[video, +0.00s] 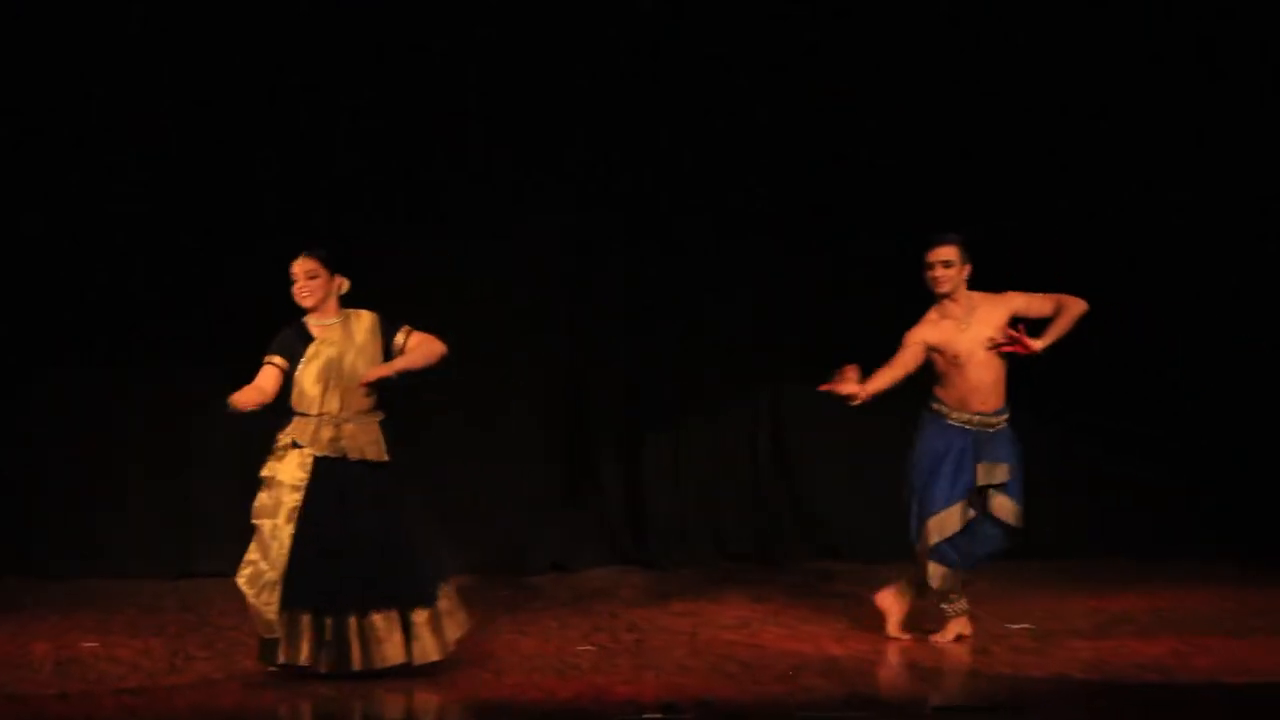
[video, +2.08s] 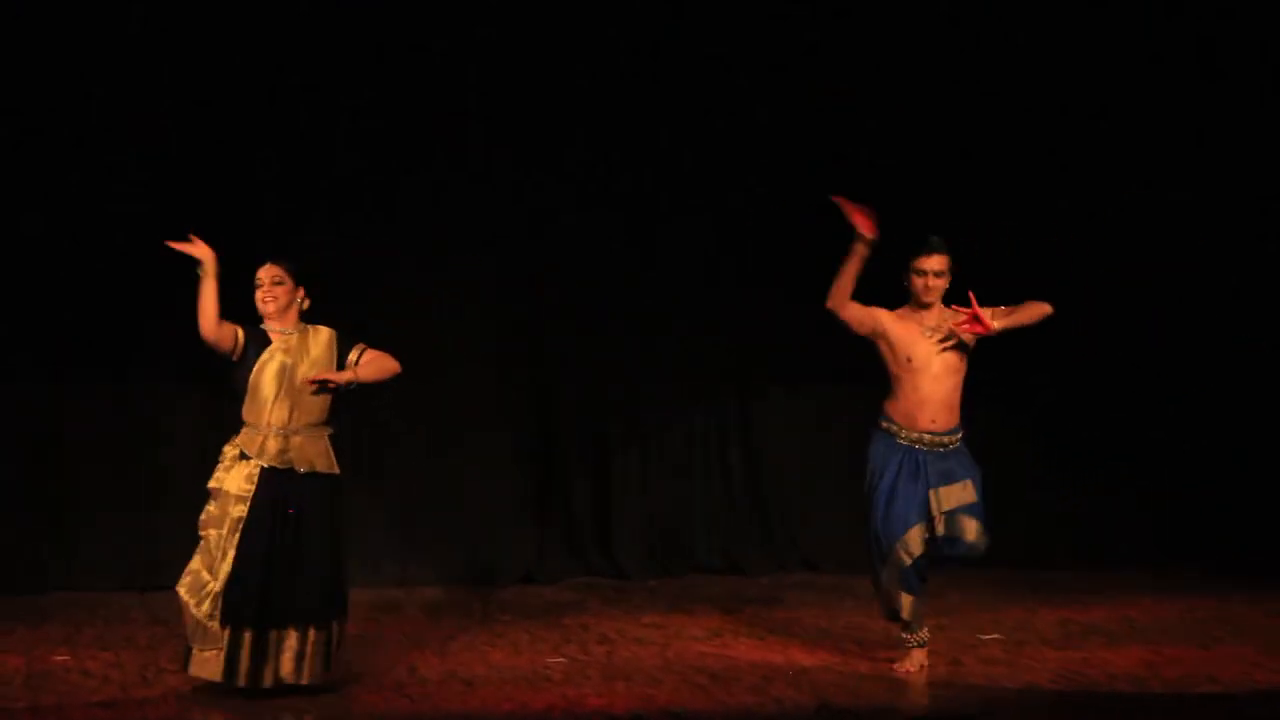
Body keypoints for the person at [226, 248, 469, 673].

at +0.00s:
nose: (301, 286)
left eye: (310, 277)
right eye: (295, 281)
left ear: (335, 282)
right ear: (292, 290)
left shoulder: (369, 326)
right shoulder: (293, 337)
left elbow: (434, 347)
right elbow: (265, 386)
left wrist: (388, 369)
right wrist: (244, 398)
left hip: (361, 452)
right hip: (305, 452)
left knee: (368, 544)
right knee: (302, 545)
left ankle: (372, 647)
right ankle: (307, 647)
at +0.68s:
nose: (303, 275)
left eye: (308, 268)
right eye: (292, 268)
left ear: (316, 281)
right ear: (271, 282)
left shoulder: (335, 327)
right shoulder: (258, 327)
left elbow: (391, 342)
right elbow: (199, 353)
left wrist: (390, 319)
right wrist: (257, 354)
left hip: (320, 452)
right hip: (263, 451)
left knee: (328, 552)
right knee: (250, 549)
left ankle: (332, 657)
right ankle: (238, 655)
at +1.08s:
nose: (354, 287)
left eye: (357, 281)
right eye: (344, 279)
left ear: (358, 293)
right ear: (317, 289)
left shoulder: (365, 338)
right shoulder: (291, 337)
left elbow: (410, 326)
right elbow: (232, 344)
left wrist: (446, 281)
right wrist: (291, 355)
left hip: (346, 459)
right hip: (294, 459)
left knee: (357, 553)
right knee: (299, 556)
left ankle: (363, 657)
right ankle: (302, 657)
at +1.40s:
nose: (348, 284)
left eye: (350, 278)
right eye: (337, 277)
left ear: (352, 291)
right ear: (310, 289)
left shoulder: (364, 338)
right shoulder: (291, 335)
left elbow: (422, 360)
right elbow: (227, 345)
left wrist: (401, 329)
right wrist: (277, 328)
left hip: (350, 459)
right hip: (296, 460)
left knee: (367, 551)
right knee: (294, 555)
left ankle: (379, 658)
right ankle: (307, 646)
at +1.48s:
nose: (333, 281)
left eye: (337, 275)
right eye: (321, 274)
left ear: (344, 289)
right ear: (298, 288)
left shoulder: (357, 335)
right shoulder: (280, 340)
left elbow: (422, 359)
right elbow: (224, 342)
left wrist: (387, 346)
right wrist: (252, 302)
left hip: (344, 459)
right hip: (289, 460)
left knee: (364, 554)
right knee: (284, 560)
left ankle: (380, 662)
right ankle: (290, 665)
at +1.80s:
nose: (256, 286)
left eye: (267, 277)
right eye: (253, 281)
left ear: (296, 288)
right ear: (252, 295)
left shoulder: (324, 336)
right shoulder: (246, 338)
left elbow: (388, 356)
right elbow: (208, 313)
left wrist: (337, 369)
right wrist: (181, 262)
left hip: (310, 466)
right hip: (256, 465)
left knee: (315, 560)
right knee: (258, 563)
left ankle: (318, 662)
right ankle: (266, 667)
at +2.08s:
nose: (266, 292)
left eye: (276, 284)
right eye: (260, 286)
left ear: (301, 296)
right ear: (254, 298)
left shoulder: (325, 342)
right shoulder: (249, 341)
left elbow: (389, 365)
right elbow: (211, 329)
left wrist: (346, 375)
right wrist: (209, 265)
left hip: (309, 470)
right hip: (254, 467)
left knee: (307, 566)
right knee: (248, 564)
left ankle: (299, 666)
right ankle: (244, 667)